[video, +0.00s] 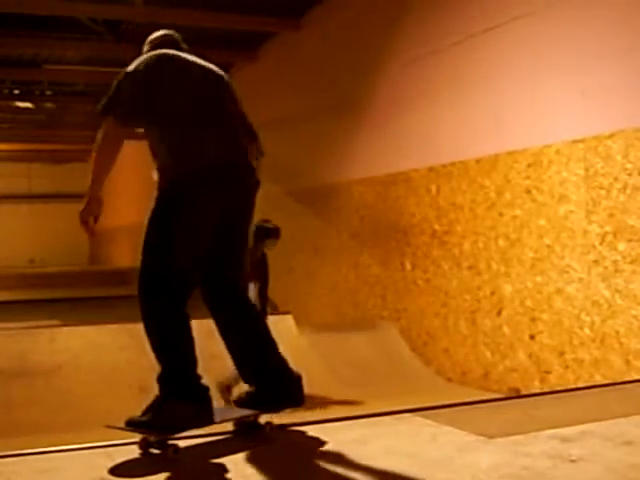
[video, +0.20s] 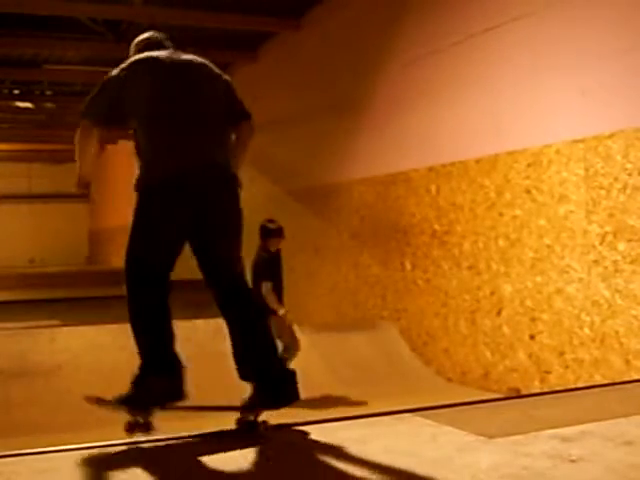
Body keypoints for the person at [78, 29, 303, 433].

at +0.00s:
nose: (147, 58)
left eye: (147, 53)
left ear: (147, 52)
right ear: (184, 49)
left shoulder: (142, 70)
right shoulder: (214, 74)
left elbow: (111, 133)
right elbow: (250, 143)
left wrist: (94, 195)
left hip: (186, 190)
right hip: (237, 186)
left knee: (160, 292)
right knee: (224, 287)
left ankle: (182, 398)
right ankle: (277, 384)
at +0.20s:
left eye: (135, 57)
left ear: (136, 54)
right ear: (170, 49)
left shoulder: (130, 71)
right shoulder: (207, 70)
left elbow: (89, 125)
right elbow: (245, 125)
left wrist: (84, 173)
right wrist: (229, 170)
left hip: (164, 193)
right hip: (217, 189)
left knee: (145, 281)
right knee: (230, 282)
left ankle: (161, 378)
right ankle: (271, 379)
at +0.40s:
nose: (101, 120)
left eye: (101, 115)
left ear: (107, 111)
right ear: (131, 105)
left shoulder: (106, 121)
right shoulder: (173, 113)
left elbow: (69, 162)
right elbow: (216, 154)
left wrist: (59, 196)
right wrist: (212, 193)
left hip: (146, 215)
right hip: (198, 207)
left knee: (151, 311)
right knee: (225, 300)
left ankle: (144, 412)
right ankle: (232, 380)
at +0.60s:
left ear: (90, 189)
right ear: (119, 179)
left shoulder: (85, 204)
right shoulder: (149, 192)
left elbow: (49, 248)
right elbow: (193, 219)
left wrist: (44, 295)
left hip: (109, 294)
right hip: (153, 285)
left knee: (143, 369)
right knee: (196, 357)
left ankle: (152, 436)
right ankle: (200, 412)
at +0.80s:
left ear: (64, 232)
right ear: (89, 225)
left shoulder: (54, 251)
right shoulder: (108, 238)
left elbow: (33, 310)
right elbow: (154, 264)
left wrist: (41, 355)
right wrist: (178, 281)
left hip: (63, 343)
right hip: (101, 340)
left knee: (83, 413)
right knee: (121, 412)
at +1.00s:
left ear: (44, 236)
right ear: (69, 234)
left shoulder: (31, 253)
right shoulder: (80, 252)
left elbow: (9, 289)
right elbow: (112, 281)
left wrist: (8, 317)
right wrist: (131, 313)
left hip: (18, 333)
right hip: (49, 336)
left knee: (34, 401)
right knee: (60, 404)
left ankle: (23, 459)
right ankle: (46, 460)